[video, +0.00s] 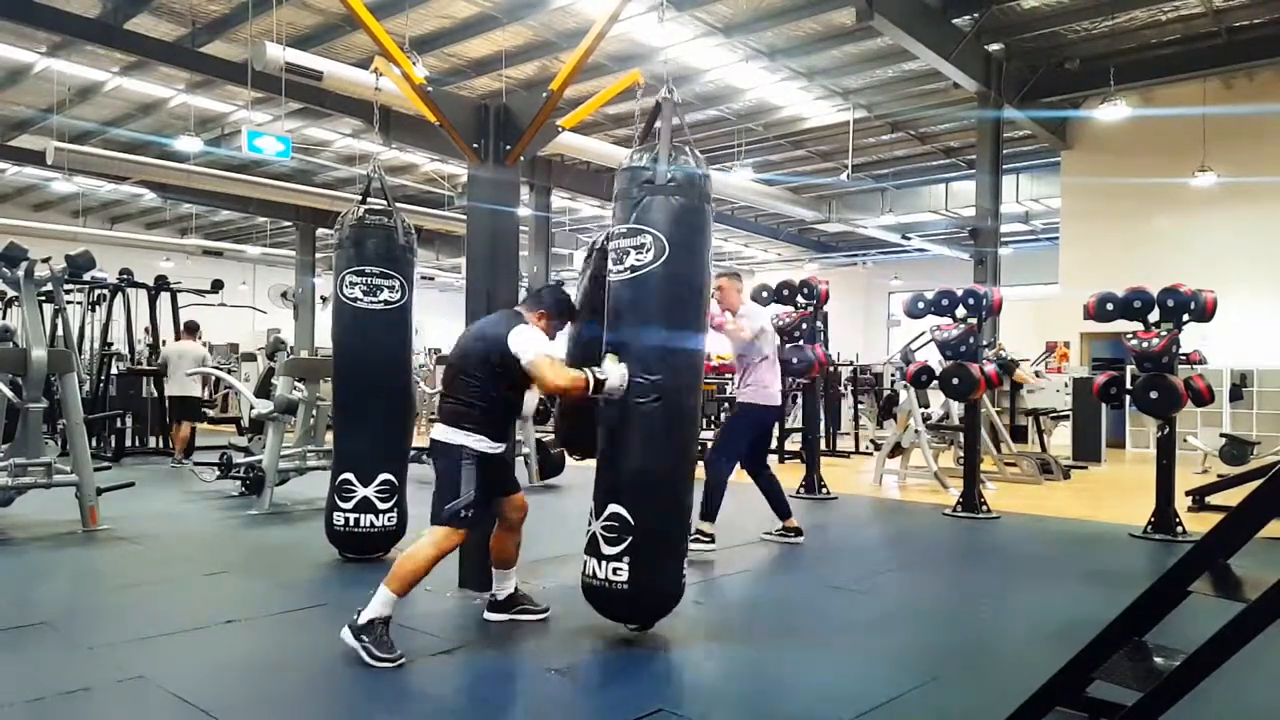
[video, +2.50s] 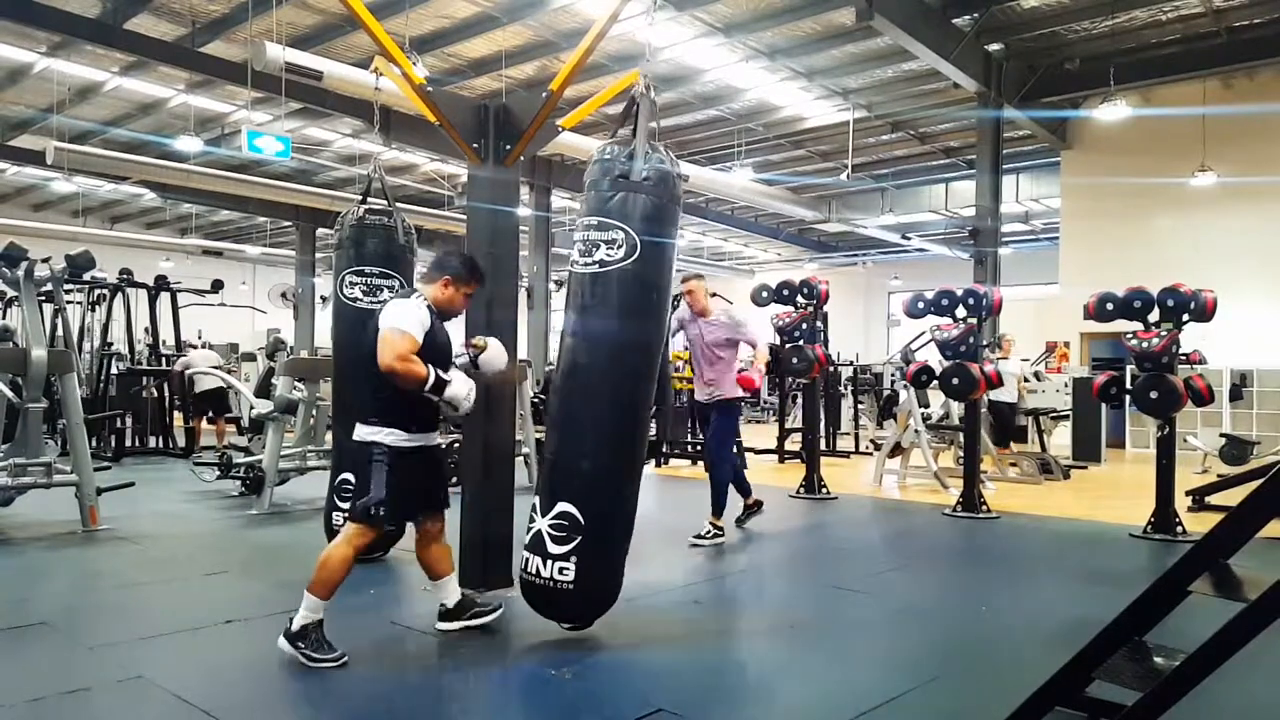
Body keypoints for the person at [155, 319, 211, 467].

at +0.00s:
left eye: (183, 331)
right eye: (197, 334)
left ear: (183, 331)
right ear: (197, 334)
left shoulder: (169, 348)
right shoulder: (201, 351)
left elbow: (161, 366)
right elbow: (208, 372)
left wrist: (169, 374)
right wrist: (206, 387)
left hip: (173, 391)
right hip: (192, 391)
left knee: (175, 423)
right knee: (187, 424)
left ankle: (178, 454)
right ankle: (178, 456)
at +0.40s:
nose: (191, 335)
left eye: (188, 332)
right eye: (199, 332)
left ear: (187, 333)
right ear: (201, 333)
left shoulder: (178, 351)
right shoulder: (208, 349)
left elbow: (171, 370)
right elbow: (216, 367)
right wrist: (211, 381)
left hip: (187, 392)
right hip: (205, 391)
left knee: (189, 424)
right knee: (206, 423)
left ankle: (193, 451)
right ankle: (189, 445)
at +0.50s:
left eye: (191, 332)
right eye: (201, 333)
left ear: (188, 333)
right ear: (203, 333)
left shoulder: (179, 352)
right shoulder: (210, 349)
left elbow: (175, 373)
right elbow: (219, 369)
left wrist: (178, 389)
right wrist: (219, 386)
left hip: (188, 392)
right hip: (206, 392)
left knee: (191, 423)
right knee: (212, 421)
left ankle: (194, 450)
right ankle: (196, 444)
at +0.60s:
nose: (199, 335)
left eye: (194, 333)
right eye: (203, 333)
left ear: (191, 333)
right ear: (206, 333)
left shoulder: (182, 352)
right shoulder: (213, 349)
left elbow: (177, 374)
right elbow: (221, 370)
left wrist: (180, 392)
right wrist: (221, 388)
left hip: (190, 393)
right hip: (210, 392)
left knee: (193, 423)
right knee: (216, 423)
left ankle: (195, 452)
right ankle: (212, 448)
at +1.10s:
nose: (212, 337)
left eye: (212, 335)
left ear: (212, 335)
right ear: (226, 336)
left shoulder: (204, 350)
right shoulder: (232, 351)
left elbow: (195, 366)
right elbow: (241, 371)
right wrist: (243, 386)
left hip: (208, 392)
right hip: (227, 392)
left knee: (208, 422)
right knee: (227, 422)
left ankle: (206, 443)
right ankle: (225, 450)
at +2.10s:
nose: (203, 342)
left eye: (204, 340)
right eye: (204, 340)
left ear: (207, 340)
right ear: (216, 340)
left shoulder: (201, 351)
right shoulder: (227, 353)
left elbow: (188, 366)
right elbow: (233, 372)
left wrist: (177, 373)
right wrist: (232, 385)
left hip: (207, 391)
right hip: (224, 390)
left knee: (202, 419)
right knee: (222, 420)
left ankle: (210, 442)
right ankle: (220, 447)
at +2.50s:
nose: (186, 355)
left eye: (186, 353)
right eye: (186, 353)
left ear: (188, 351)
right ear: (197, 347)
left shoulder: (188, 357)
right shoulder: (212, 353)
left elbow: (176, 369)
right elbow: (222, 365)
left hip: (202, 389)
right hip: (219, 386)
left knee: (197, 420)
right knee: (220, 419)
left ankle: (197, 446)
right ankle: (219, 445)